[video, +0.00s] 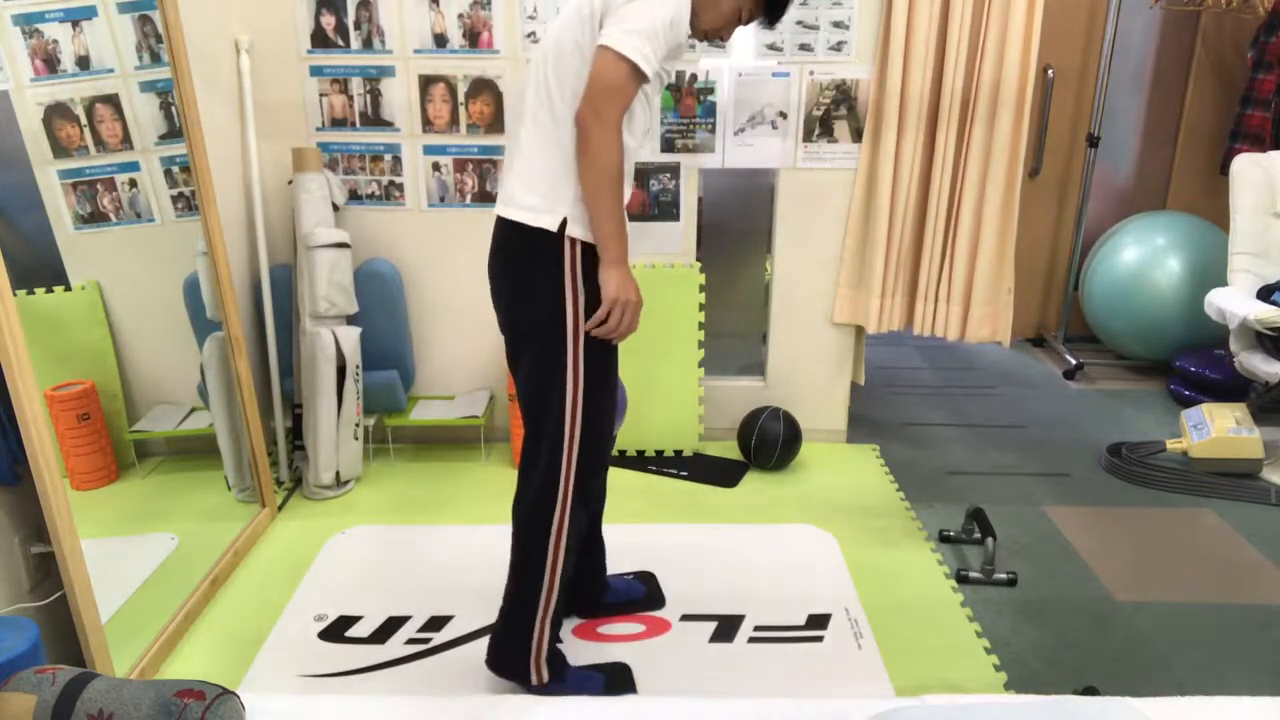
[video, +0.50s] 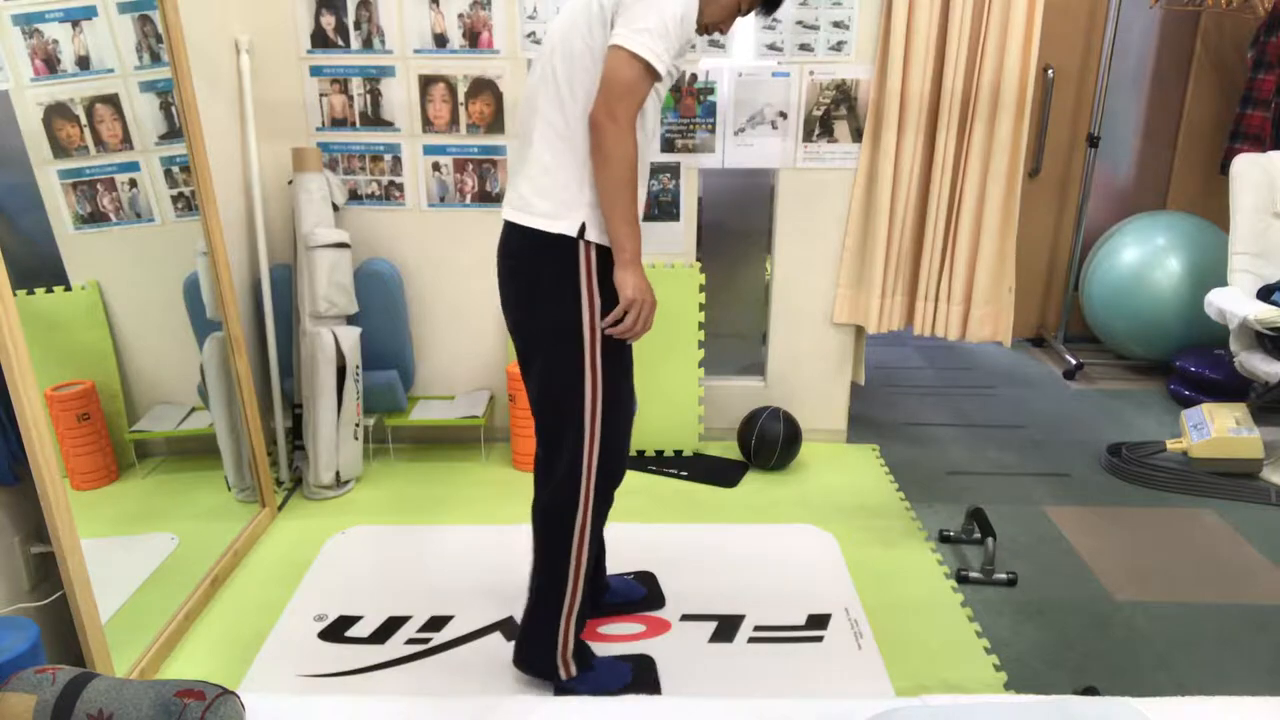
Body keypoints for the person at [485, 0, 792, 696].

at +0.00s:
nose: (726, 35)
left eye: (740, 27)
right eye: (742, 19)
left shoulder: (621, 13)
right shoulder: (657, 7)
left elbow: (577, 122)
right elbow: (595, 115)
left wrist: (601, 254)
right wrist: (615, 262)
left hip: (559, 239)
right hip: (551, 241)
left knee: (590, 423)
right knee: (566, 442)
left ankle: (580, 586)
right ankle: (523, 653)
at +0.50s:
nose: (724, 27)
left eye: (738, 19)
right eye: (739, 12)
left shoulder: (618, 12)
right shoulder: (665, 6)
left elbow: (583, 120)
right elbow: (610, 114)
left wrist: (606, 251)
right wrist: (628, 258)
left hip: (563, 243)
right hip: (567, 246)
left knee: (593, 436)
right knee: (585, 447)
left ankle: (580, 585)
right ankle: (552, 653)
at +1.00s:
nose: (767, 4)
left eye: (773, 3)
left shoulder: (647, 8)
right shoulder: (691, 8)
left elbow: (612, 140)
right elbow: (636, 146)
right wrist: (658, 296)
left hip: (590, 252)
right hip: (620, 264)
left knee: (623, 436)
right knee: (653, 459)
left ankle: (576, 578)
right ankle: (625, 645)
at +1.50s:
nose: (834, 9)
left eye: (840, 4)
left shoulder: (741, 13)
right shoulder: (731, 18)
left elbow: (687, 146)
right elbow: (667, 161)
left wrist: (706, 243)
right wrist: (693, 307)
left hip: (660, 258)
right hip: (638, 264)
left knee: (676, 436)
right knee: (652, 453)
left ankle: (656, 572)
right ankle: (623, 644)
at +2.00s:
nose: (861, 12)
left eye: (868, 7)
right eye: (867, 2)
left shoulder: (781, 18)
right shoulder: (774, 10)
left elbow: (714, 131)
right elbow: (701, 117)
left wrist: (730, 243)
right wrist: (708, 266)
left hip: (680, 240)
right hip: (658, 240)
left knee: (699, 412)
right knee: (669, 433)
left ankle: (657, 575)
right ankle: (642, 643)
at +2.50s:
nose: (917, 36)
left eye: (932, 26)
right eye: (933, 20)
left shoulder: (796, 6)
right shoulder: (845, 16)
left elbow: (745, 132)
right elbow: (787, 156)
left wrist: (767, 249)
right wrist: (809, 289)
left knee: (692, 427)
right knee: (733, 455)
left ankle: (656, 568)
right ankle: (713, 647)